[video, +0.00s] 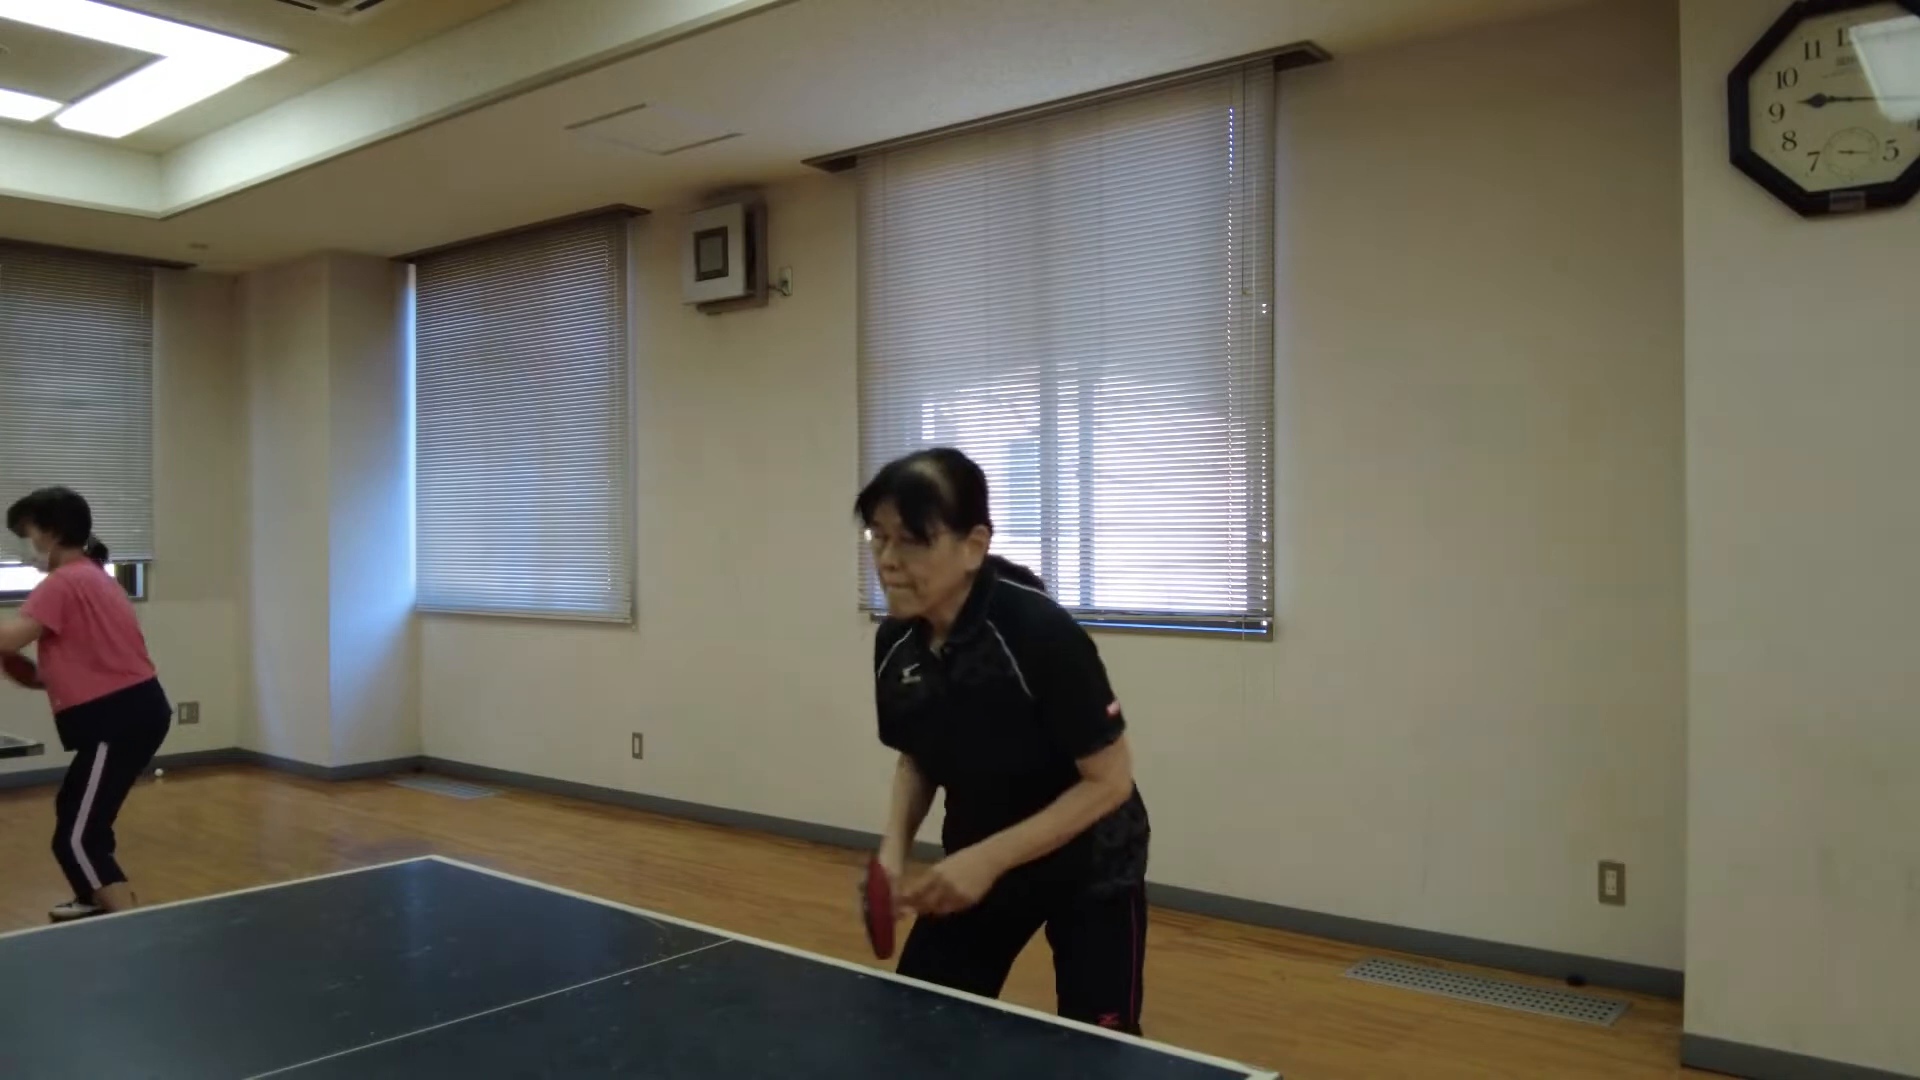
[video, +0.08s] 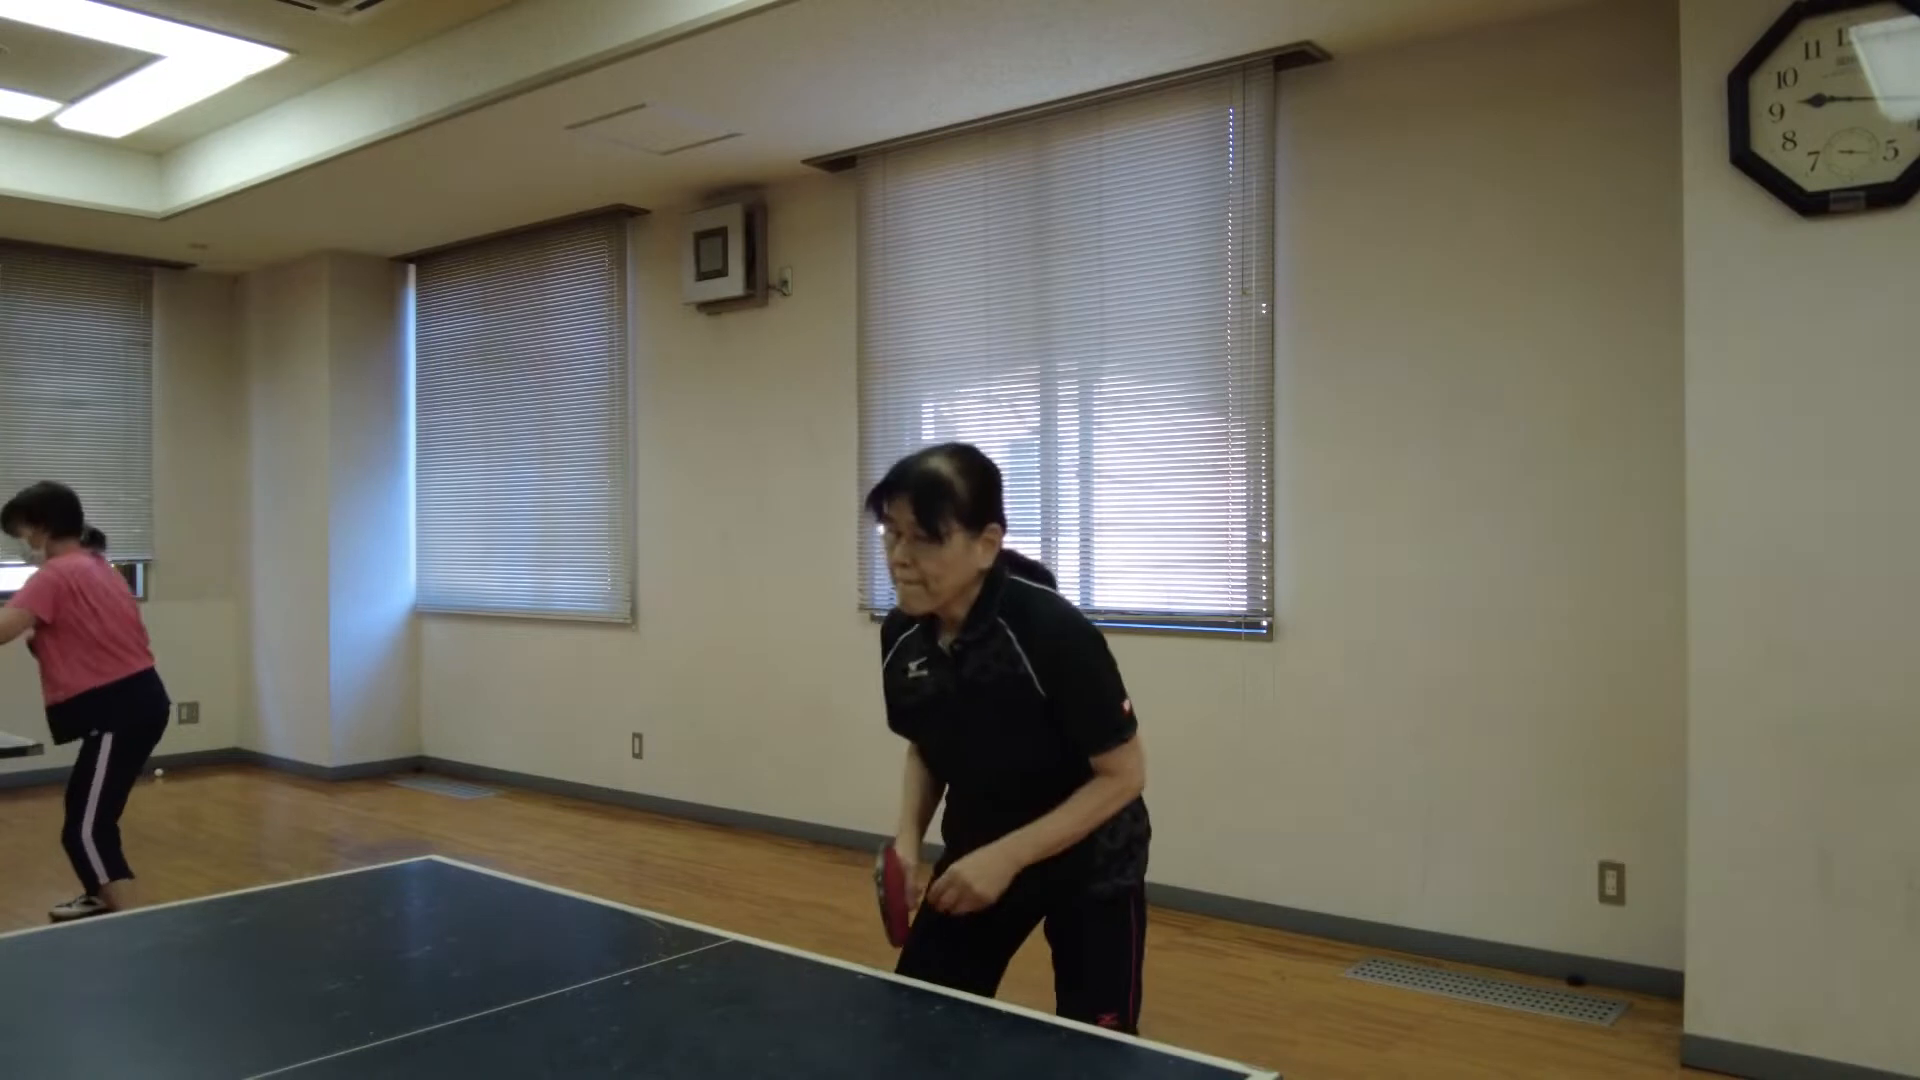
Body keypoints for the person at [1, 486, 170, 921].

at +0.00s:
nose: (31, 545)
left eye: (32, 534)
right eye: (28, 536)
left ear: (54, 532)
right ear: (73, 532)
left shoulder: (64, 582)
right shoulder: (97, 578)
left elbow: (9, 640)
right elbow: (83, 663)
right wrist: (32, 675)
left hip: (118, 716)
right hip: (134, 709)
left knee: (78, 837)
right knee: (72, 805)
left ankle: (131, 927)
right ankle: (94, 899)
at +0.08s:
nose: (26, 541)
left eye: (28, 531)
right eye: (23, 533)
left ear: (46, 527)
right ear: (70, 524)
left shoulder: (55, 575)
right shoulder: (99, 567)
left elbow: (7, 627)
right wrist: (42, 634)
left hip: (118, 707)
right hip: (137, 698)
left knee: (88, 826)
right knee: (85, 813)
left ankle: (130, 924)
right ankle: (102, 898)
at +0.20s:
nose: (18, 543)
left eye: (18, 533)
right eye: (15, 535)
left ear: (36, 526)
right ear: (63, 521)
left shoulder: (60, 565)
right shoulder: (94, 560)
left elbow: (0, 600)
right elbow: (64, 635)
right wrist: (14, 622)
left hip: (126, 701)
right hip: (143, 695)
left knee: (99, 821)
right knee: (103, 810)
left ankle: (133, 922)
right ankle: (107, 892)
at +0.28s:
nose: (18, 545)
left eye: (17, 534)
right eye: (15, 536)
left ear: (36, 527)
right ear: (59, 525)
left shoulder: (70, 567)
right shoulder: (74, 568)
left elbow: (6, 589)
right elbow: (47, 637)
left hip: (141, 705)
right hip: (129, 704)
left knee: (102, 813)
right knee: (89, 799)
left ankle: (128, 913)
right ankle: (107, 892)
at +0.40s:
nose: (18, 547)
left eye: (20, 536)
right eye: (16, 539)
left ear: (46, 531)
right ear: (51, 533)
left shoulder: (78, 577)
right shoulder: (64, 589)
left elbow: (10, 604)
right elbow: (31, 649)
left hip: (147, 711)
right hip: (118, 715)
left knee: (106, 817)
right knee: (77, 800)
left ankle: (136, 922)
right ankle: (107, 891)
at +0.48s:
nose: (21, 552)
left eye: (24, 539)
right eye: (18, 543)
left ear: (53, 535)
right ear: (47, 539)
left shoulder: (84, 582)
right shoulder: (60, 598)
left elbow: (31, 622)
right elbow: (34, 668)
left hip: (148, 715)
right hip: (112, 723)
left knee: (107, 815)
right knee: (72, 802)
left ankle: (131, 916)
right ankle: (105, 890)